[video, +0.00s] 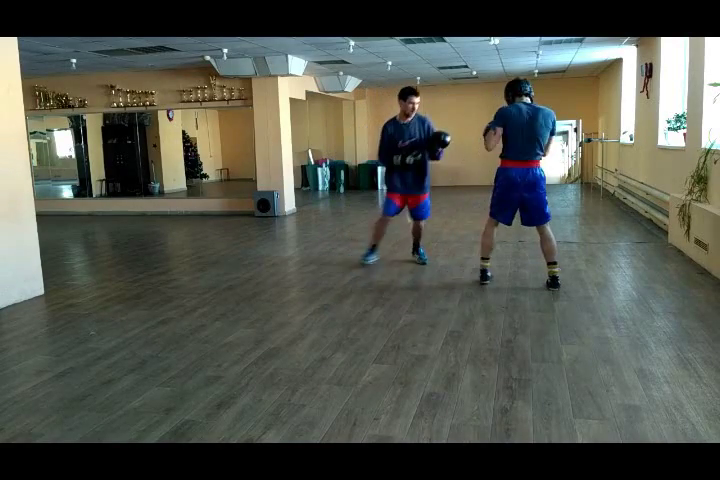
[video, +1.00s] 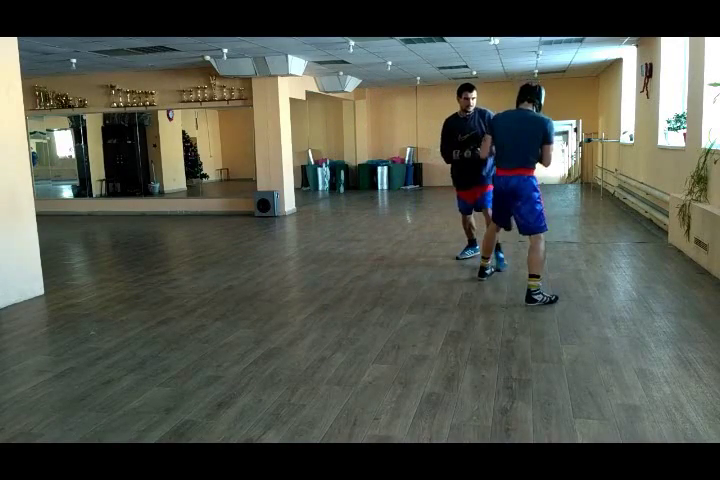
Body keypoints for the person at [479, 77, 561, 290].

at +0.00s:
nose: (507, 101)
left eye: (507, 98)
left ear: (510, 97)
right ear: (531, 95)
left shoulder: (505, 112)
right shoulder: (548, 114)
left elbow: (490, 146)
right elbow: (545, 151)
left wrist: (487, 132)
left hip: (508, 176)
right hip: (534, 176)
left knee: (491, 224)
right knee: (544, 227)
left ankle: (484, 271)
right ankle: (554, 276)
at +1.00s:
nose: (540, 106)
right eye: (540, 103)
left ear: (518, 99)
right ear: (538, 103)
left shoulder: (499, 118)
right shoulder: (543, 122)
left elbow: (484, 153)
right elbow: (546, 161)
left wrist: (502, 148)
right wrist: (531, 148)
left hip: (501, 182)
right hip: (525, 183)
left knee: (493, 225)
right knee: (537, 237)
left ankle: (483, 268)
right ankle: (534, 291)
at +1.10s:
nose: (545, 131)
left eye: (546, 128)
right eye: (546, 128)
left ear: (527, 116)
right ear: (543, 125)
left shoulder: (503, 124)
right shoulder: (533, 132)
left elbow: (470, 132)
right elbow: (525, 167)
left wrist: (485, 139)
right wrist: (527, 170)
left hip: (483, 182)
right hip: (502, 184)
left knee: (489, 224)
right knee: (524, 235)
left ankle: (481, 266)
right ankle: (532, 290)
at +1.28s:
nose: (537, 140)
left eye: (538, 137)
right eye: (538, 137)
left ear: (522, 124)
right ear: (536, 132)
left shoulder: (501, 132)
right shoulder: (526, 138)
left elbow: (483, 153)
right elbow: (511, 168)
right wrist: (517, 179)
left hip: (473, 183)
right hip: (492, 186)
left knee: (484, 226)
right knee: (518, 235)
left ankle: (480, 266)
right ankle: (509, 285)